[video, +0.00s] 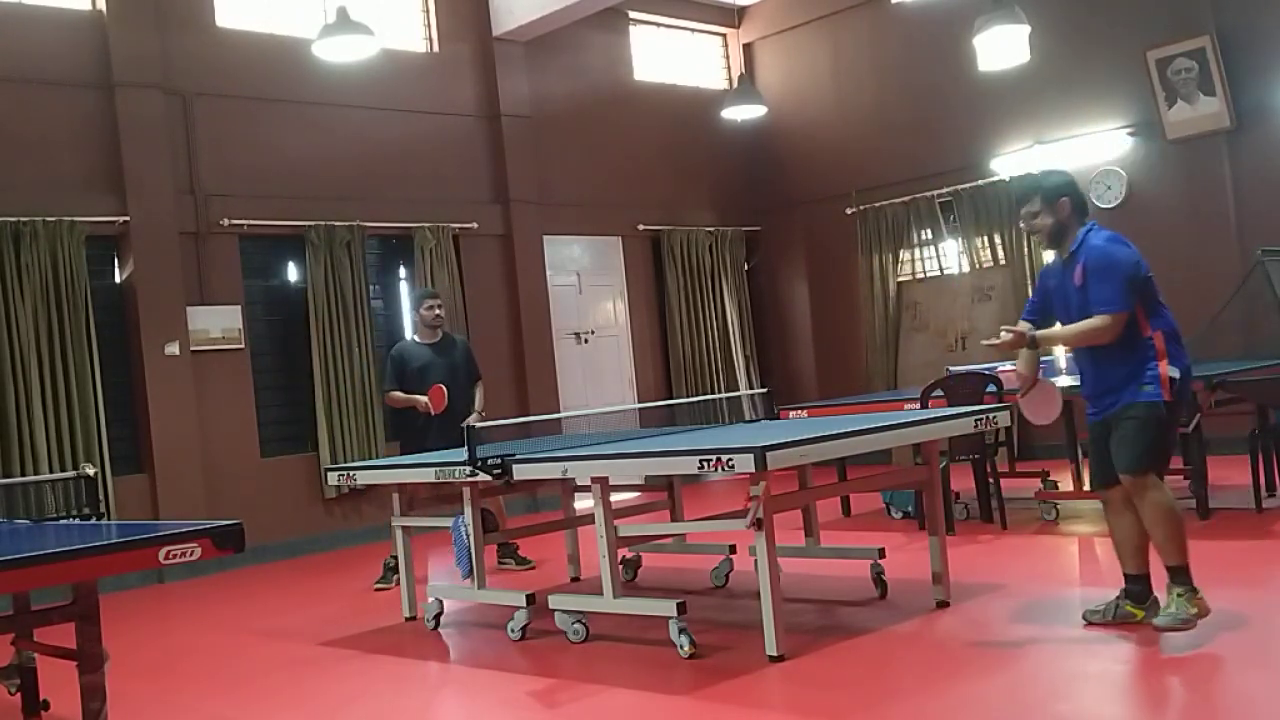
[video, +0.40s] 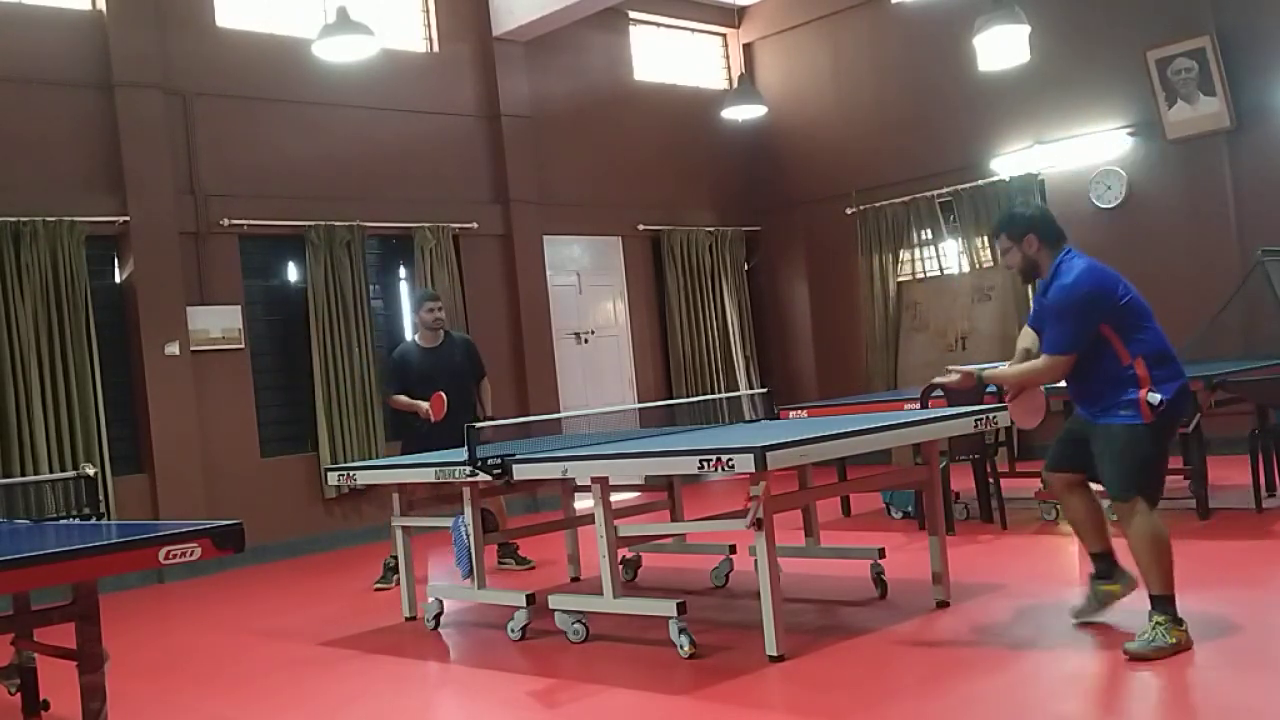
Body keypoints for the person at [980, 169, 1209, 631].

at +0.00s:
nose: (1029, 223)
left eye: (1036, 213)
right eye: (1025, 216)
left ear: (1065, 207)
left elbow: (1107, 327)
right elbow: (1030, 326)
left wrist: (1035, 339)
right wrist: (1021, 354)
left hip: (1148, 377)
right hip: (1104, 392)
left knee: (1136, 474)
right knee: (1112, 488)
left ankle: (1185, 592)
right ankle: (1138, 596)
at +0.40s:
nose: (1003, 262)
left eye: (1005, 251)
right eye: (1000, 253)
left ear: (1032, 242)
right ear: (1033, 245)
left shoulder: (1076, 282)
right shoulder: (1051, 284)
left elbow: (1054, 367)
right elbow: (1032, 335)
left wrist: (978, 377)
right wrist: (1015, 372)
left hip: (1143, 400)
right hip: (1100, 403)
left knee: (1130, 503)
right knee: (1061, 475)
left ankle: (1167, 622)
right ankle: (1108, 576)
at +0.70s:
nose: (971, 323)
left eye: (972, 312)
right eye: (967, 315)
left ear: (997, 300)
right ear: (1000, 299)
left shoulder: (1040, 328)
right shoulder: (1027, 322)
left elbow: (1002, 411)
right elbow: (1000, 368)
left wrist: (938, 409)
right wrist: (996, 404)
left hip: (1141, 407)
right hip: (1097, 417)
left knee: (1113, 499)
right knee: (1060, 492)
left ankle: (1167, 622)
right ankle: (1069, 599)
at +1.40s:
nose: (967, 263)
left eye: (971, 255)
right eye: (967, 255)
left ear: (996, 254)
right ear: (1000, 255)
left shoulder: (1021, 291)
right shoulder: (1013, 290)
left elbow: (965, 353)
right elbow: (983, 343)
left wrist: (900, 376)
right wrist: (981, 372)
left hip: (1109, 406)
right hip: (1070, 412)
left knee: (1106, 503)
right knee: (1051, 494)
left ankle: (1165, 621)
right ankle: (1068, 598)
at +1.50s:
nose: (971, 229)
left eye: (980, 221)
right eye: (973, 221)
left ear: (1007, 226)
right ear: (1010, 228)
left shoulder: (1025, 262)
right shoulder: (1012, 266)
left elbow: (951, 302)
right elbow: (972, 307)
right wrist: (959, 341)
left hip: (1106, 398)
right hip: (1074, 404)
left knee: (1114, 500)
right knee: (1061, 494)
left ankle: (1164, 619)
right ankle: (1069, 597)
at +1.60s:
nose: (984, 218)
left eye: (993, 210)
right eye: (987, 210)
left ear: (1020, 218)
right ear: (1017, 221)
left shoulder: (1037, 249)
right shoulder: (1014, 261)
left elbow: (949, 257)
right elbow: (975, 290)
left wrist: (884, 229)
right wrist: (948, 307)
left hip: (1104, 397)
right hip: (1067, 403)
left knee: (1116, 502)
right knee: (1060, 497)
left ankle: (1165, 619)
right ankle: (1069, 597)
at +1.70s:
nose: (992, 216)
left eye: (1003, 209)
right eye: (996, 209)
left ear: (1030, 218)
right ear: (1026, 221)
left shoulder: (1049, 249)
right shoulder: (1020, 274)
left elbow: (969, 240)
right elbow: (979, 301)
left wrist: (903, 213)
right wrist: (955, 308)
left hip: (1102, 402)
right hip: (1060, 408)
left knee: (1109, 507)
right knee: (1053, 496)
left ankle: (1165, 620)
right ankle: (1068, 598)